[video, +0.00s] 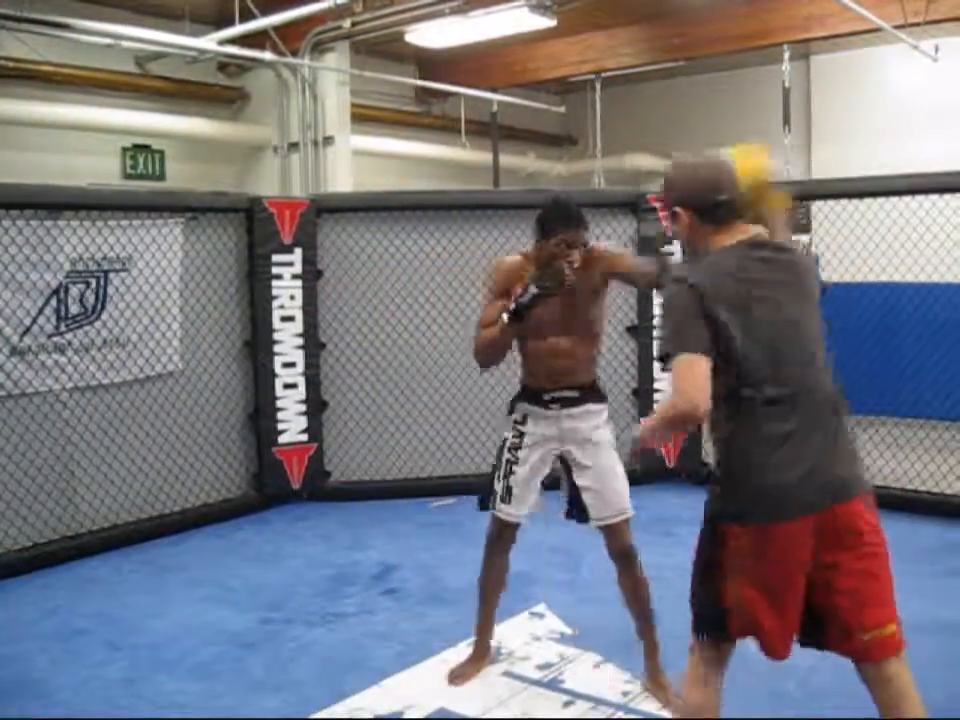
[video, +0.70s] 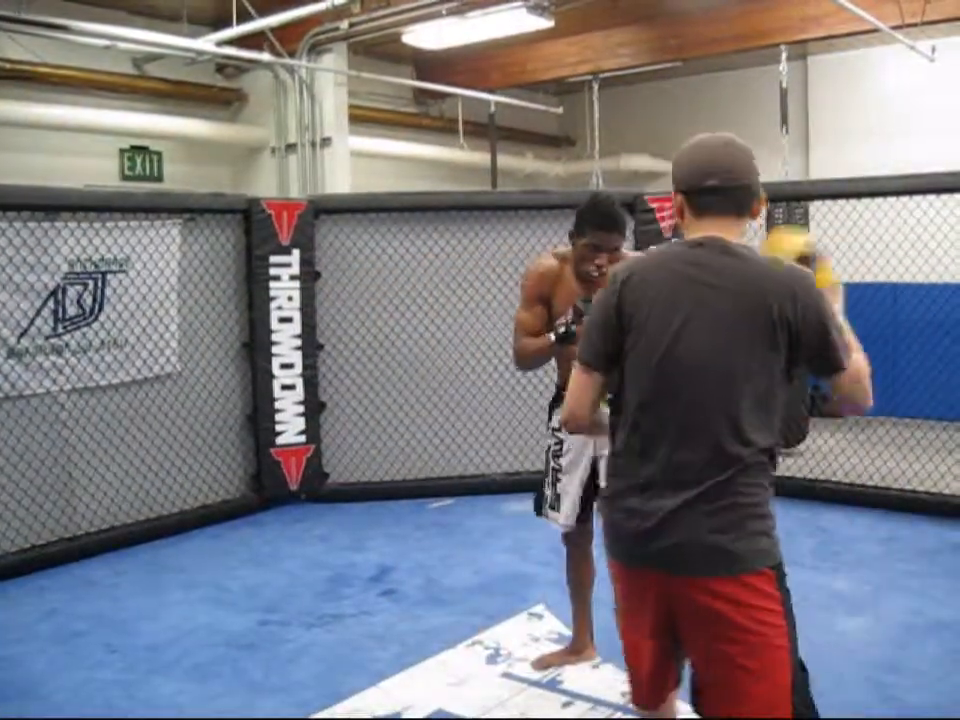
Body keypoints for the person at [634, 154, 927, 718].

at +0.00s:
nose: (667, 222)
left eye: (668, 213)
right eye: (667, 212)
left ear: (682, 218)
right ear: (735, 206)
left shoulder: (691, 284)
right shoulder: (798, 263)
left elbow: (693, 403)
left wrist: (660, 424)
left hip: (756, 498)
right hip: (841, 485)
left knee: (707, 660)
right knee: (886, 665)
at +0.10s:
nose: (644, 229)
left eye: (644, 218)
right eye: (643, 217)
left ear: (657, 219)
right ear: (713, 205)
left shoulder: (660, 281)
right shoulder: (780, 258)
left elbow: (638, 404)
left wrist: (627, 404)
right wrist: (746, 218)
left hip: (736, 491)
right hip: (822, 478)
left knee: (700, 665)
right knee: (871, 666)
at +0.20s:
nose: (626, 226)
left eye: (626, 216)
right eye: (626, 215)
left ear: (637, 217)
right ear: (693, 201)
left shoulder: (635, 288)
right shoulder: (772, 259)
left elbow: (617, 411)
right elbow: (853, 338)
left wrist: (638, 413)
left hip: (718, 496)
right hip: (807, 483)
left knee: (692, 675)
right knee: (851, 668)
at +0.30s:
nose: (627, 217)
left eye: (626, 207)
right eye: (627, 206)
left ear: (636, 208)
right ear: (699, 197)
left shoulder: (627, 285)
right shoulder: (767, 258)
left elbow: (612, 414)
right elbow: (836, 371)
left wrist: (610, 468)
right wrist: (808, 388)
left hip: (698, 501)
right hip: (790, 491)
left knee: (685, 674)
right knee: (836, 671)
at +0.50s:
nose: (657, 212)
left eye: (658, 204)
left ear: (665, 212)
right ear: (736, 206)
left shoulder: (631, 295)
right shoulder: (779, 282)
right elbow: (824, 417)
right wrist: (814, 445)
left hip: (667, 528)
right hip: (757, 529)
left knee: (677, 689)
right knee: (778, 704)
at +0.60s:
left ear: (680, 215)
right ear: (758, 215)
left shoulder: (635, 297)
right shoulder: (788, 297)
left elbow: (589, 434)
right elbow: (850, 441)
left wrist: (602, 519)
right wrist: (801, 411)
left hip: (655, 545)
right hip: (746, 550)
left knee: (671, 697)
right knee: (764, 708)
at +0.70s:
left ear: (678, 204)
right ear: (757, 205)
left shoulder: (628, 279)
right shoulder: (787, 287)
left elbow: (576, 414)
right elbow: (857, 395)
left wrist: (640, 412)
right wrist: (832, 310)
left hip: (634, 538)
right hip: (732, 548)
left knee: (652, 700)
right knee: (755, 708)